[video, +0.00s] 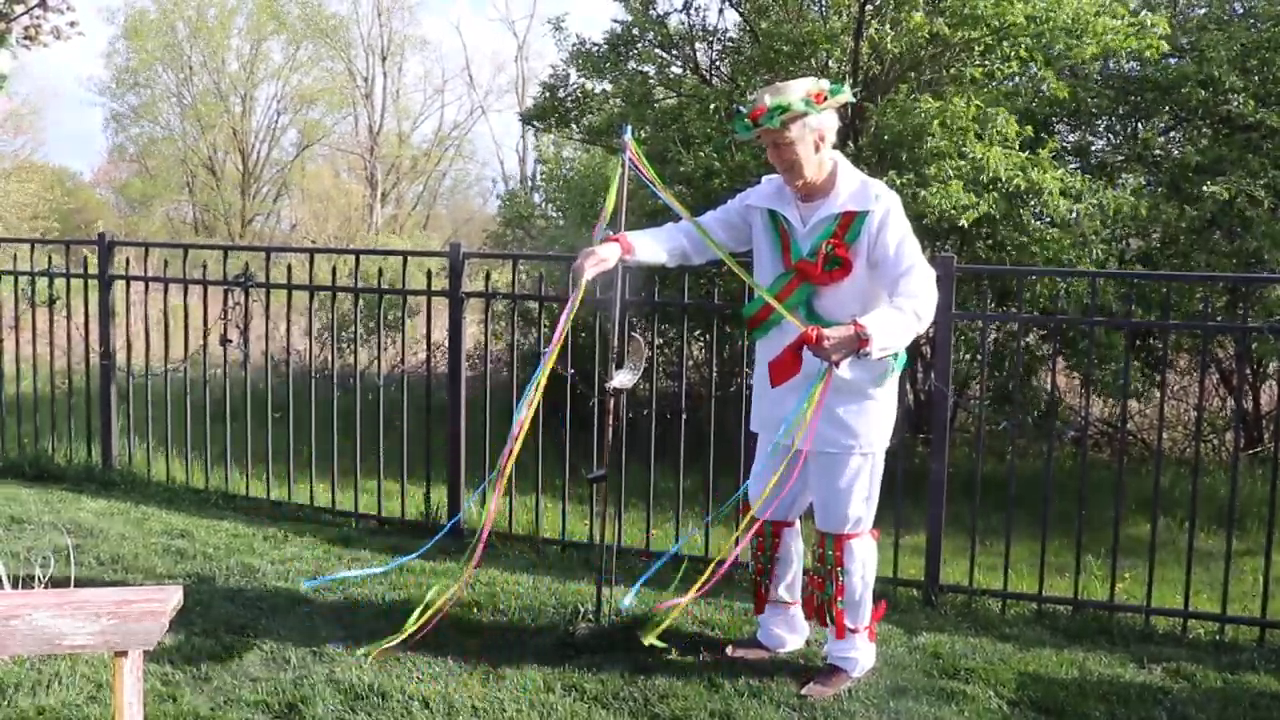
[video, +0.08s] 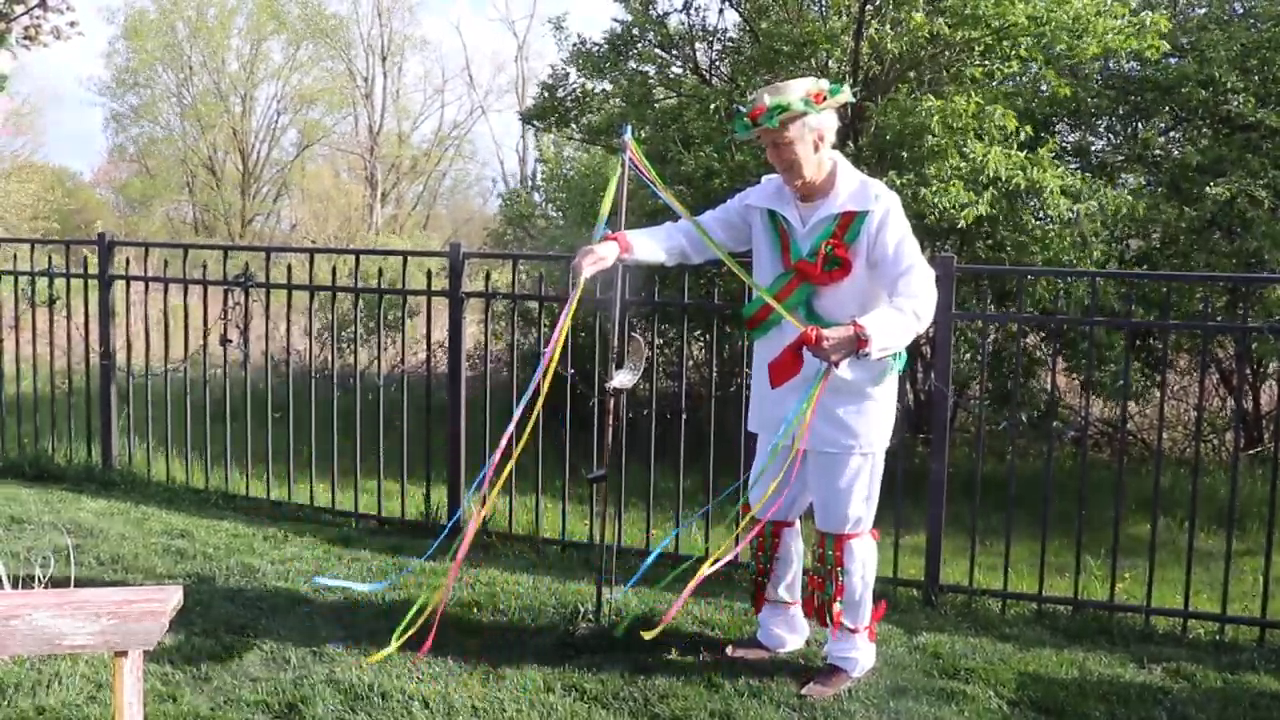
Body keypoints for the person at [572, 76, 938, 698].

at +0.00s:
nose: (773, 156)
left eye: (784, 143)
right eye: (767, 145)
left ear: (823, 136)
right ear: (765, 146)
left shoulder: (875, 205)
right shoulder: (761, 203)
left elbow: (918, 292)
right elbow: (691, 236)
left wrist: (863, 332)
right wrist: (619, 247)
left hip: (855, 384)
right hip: (779, 376)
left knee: (844, 520)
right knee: (773, 507)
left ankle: (849, 655)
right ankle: (779, 634)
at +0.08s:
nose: (773, 156)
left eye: (784, 143)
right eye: (766, 145)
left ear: (823, 136)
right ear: (764, 146)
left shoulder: (874, 205)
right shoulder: (760, 203)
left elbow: (918, 293)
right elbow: (689, 236)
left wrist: (861, 333)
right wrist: (618, 245)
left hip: (854, 383)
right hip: (778, 376)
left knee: (845, 520)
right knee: (774, 507)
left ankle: (849, 655)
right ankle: (779, 634)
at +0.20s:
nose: (772, 155)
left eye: (782, 141)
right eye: (765, 144)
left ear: (822, 135)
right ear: (763, 146)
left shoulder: (874, 205)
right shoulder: (759, 202)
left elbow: (917, 294)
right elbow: (688, 235)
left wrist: (860, 334)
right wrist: (616, 244)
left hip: (853, 391)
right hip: (776, 384)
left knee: (846, 524)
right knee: (774, 511)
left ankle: (849, 656)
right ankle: (778, 634)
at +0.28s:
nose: (772, 155)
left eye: (782, 142)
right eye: (765, 144)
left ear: (821, 134)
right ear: (763, 146)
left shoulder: (874, 206)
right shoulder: (759, 203)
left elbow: (916, 294)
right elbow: (688, 234)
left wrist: (861, 334)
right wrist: (615, 243)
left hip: (853, 390)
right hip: (777, 384)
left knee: (846, 523)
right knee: (774, 510)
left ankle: (850, 653)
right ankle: (780, 633)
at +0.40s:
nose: (769, 153)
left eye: (779, 140)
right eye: (763, 143)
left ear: (820, 137)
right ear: (763, 145)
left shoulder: (872, 206)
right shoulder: (758, 202)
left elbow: (916, 294)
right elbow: (687, 233)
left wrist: (860, 336)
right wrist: (613, 243)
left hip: (852, 385)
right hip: (776, 379)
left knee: (846, 522)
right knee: (773, 508)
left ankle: (849, 654)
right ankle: (779, 636)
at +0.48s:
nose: (761, 150)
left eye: (771, 137)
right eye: (758, 139)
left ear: (812, 136)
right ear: (771, 142)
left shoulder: (872, 207)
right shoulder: (758, 202)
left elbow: (916, 295)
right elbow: (685, 233)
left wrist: (859, 338)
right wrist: (611, 244)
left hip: (852, 385)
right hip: (776, 379)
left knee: (846, 520)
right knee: (771, 507)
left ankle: (850, 654)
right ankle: (780, 635)